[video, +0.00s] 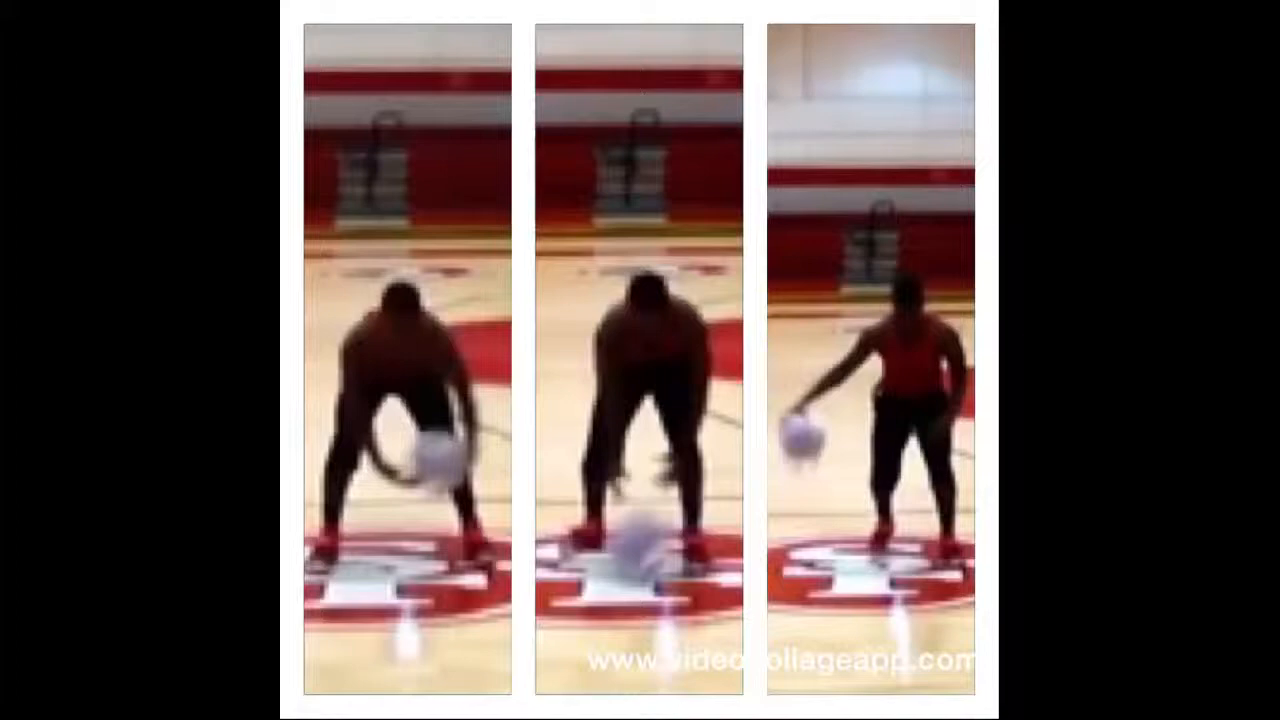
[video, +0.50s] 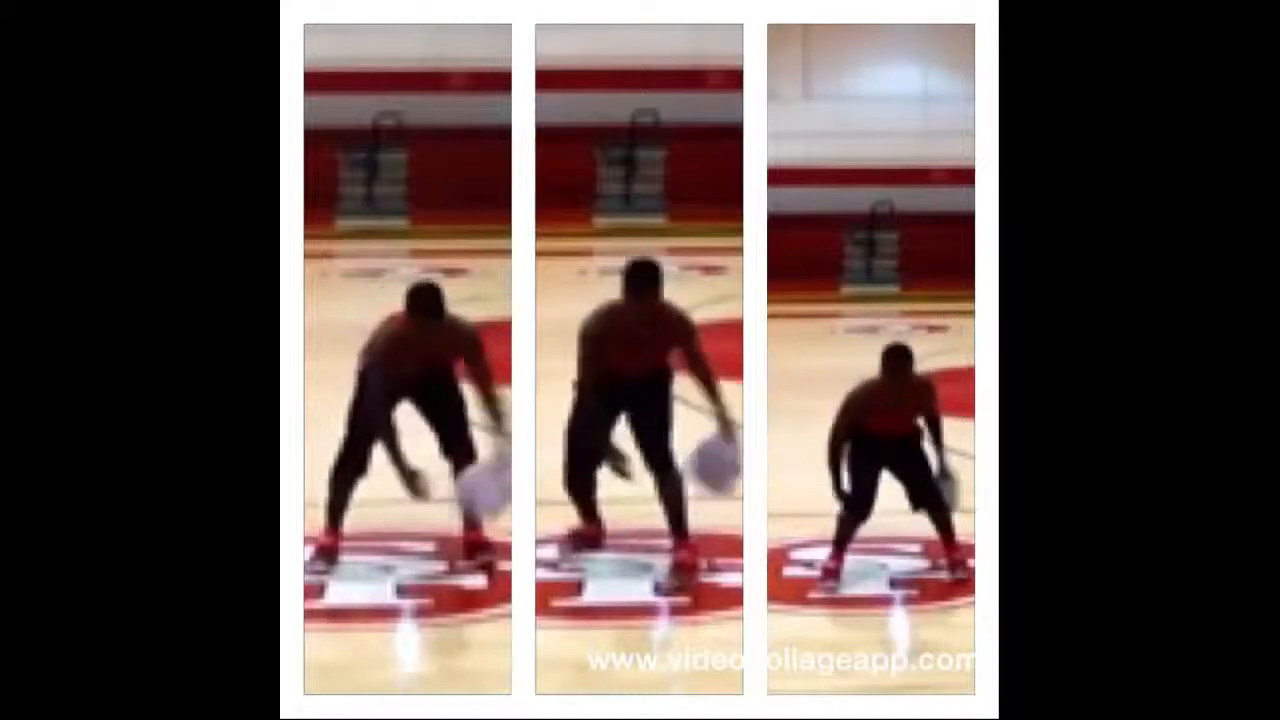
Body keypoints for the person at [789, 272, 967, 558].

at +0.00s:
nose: (905, 319)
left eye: (911, 311)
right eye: (900, 311)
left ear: (921, 306)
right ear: (893, 307)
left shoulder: (940, 334)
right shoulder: (879, 335)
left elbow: (959, 373)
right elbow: (843, 370)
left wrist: (952, 410)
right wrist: (804, 402)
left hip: (930, 401)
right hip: (892, 402)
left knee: (941, 473)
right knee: (882, 473)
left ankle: (947, 535)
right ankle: (884, 523)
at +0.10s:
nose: (900, 327)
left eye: (906, 320)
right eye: (896, 320)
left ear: (916, 318)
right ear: (889, 317)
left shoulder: (935, 341)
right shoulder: (876, 341)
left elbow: (960, 378)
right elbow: (836, 368)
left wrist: (955, 423)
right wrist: (787, 392)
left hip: (931, 405)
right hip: (892, 405)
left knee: (939, 472)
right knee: (877, 474)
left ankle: (947, 538)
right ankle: (867, 537)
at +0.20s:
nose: (891, 340)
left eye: (896, 333)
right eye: (886, 333)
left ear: (908, 331)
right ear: (880, 332)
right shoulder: (868, 354)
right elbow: (825, 376)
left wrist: (958, 454)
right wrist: (781, 397)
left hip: (926, 417)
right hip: (889, 415)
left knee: (937, 484)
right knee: (870, 480)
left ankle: (947, 542)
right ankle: (842, 547)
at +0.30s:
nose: (885, 355)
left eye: (891, 348)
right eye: (880, 348)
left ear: (901, 345)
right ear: (873, 345)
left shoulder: (921, 370)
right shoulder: (859, 369)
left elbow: (944, 416)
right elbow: (834, 402)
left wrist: (950, 463)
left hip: (917, 428)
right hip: (878, 427)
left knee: (934, 493)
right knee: (860, 491)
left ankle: (949, 542)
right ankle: (835, 556)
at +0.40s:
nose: (889, 366)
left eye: (895, 359)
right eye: (884, 359)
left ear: (902, 357)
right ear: (875, 357)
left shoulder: (918, 382)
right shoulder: (855, 385)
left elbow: (931, 422)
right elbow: (845, 429)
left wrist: (928, 459)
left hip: (905, 438)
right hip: (867, 440)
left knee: (931, 494)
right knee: (854, 500)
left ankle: (951, 543)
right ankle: (835, 556)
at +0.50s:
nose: (898, 380)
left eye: (903, 373)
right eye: (893, 374)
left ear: (911, 370)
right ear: (883, 371)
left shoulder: (921, 389)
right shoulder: (863, 396)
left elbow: (933, 423)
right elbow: (836, 439)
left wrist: (941, 463)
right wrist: (838, 486)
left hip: (905, 445)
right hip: (866, 447)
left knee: (934, 499)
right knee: (858, 506)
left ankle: (954, 556)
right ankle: (835, 560)